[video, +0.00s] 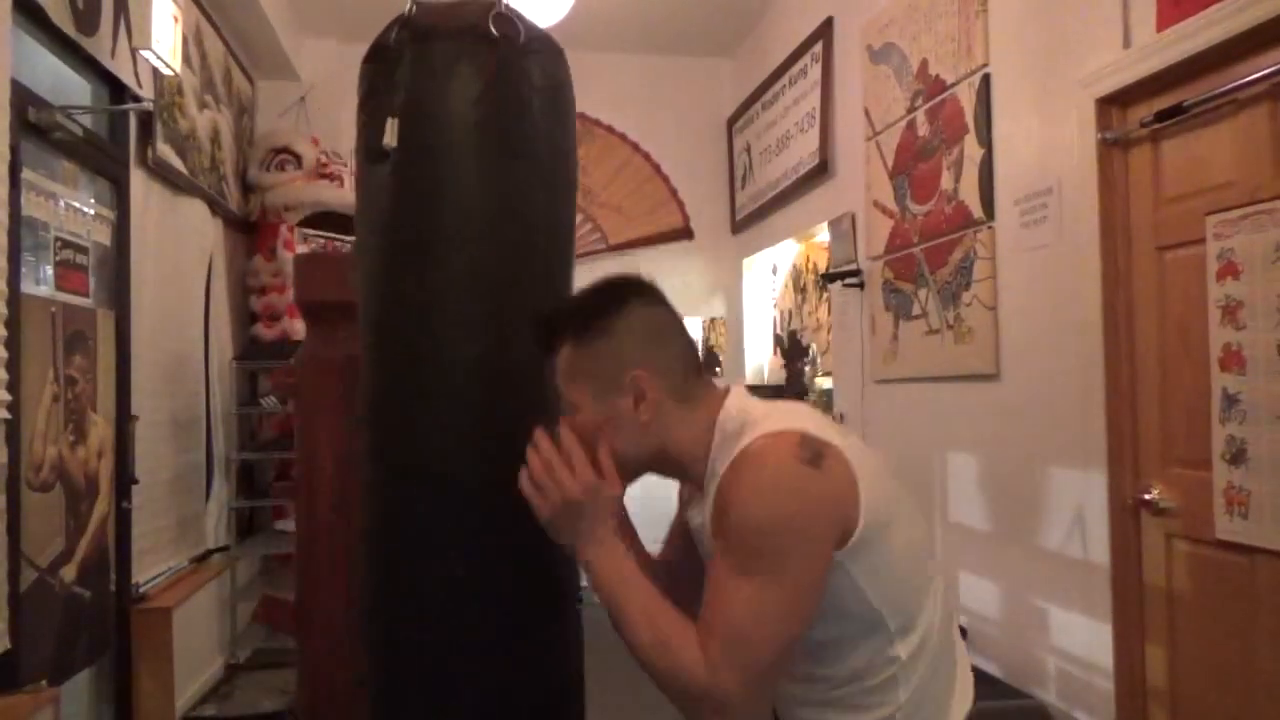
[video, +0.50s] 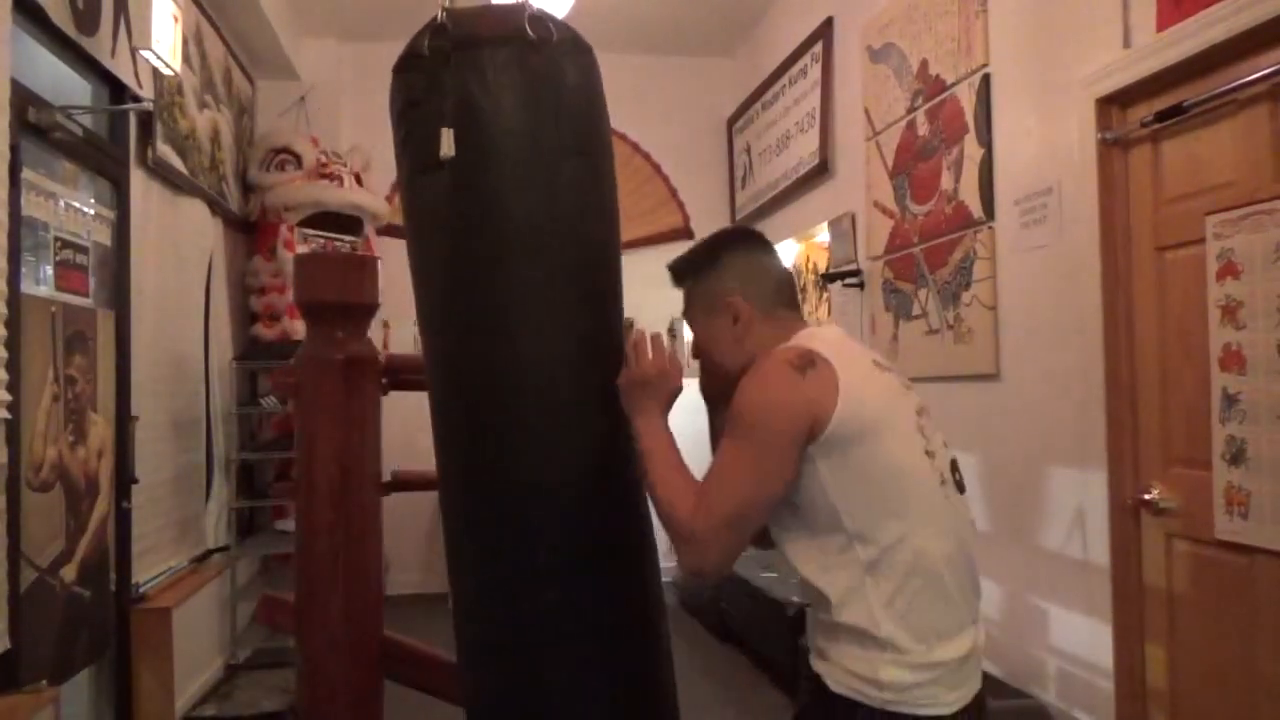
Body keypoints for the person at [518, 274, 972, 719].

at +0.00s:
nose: (566, 434)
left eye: (571, 410)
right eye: (563, 413)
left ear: (640, 397)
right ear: (646, 396)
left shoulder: (778, 474)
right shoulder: (715, 451)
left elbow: (724, 696)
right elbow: (675, 602)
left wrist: (597, 541)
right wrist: (602, 514)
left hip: (893, 709)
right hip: (818, 695)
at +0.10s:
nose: (582, 459)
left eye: (584, 437)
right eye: (577, 440)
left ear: (640, 425)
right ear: (644, 424)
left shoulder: (762, 495)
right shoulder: (747, 460)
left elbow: (718, 701)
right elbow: (692, 628)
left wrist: (603, 561)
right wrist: (624, 525)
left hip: (901, 710)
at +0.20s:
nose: (620, 449)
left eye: (621, 430)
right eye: (615, 432)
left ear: (663, 419)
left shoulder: (757, 488)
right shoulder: (779, 444)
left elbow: (700, 690)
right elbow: (713, 642)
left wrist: (619, 543)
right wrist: (654, 514)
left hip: (890, 711)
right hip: (946, 698)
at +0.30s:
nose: (650, 406)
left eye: (652, 385)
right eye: (647, 387)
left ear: (692, 378)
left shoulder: (765, 447)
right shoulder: (802, 410)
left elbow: (690, 628)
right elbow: (723, 587)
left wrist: (638, 484)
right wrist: (686, 462)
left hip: (891, 708)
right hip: (950, 691)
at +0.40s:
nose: (676, 363)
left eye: (676, 343)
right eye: (672, 345)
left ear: (718, 331)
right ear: (770, 316)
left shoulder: (776, 397)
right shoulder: (827, 371)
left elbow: (691, 570)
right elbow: (749, 549)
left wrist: (644, 430)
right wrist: (707, 418)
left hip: (886, 700)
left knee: (712, 597)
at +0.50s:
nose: (695, 347)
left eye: (696, 328)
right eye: (692, 330)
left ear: (737, 316)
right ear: (741, 316)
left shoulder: (786, 376)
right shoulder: (836, 353)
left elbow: (704, 549)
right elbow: (757, 528)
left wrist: (647, 418)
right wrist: (716, 402)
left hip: (884, 695)